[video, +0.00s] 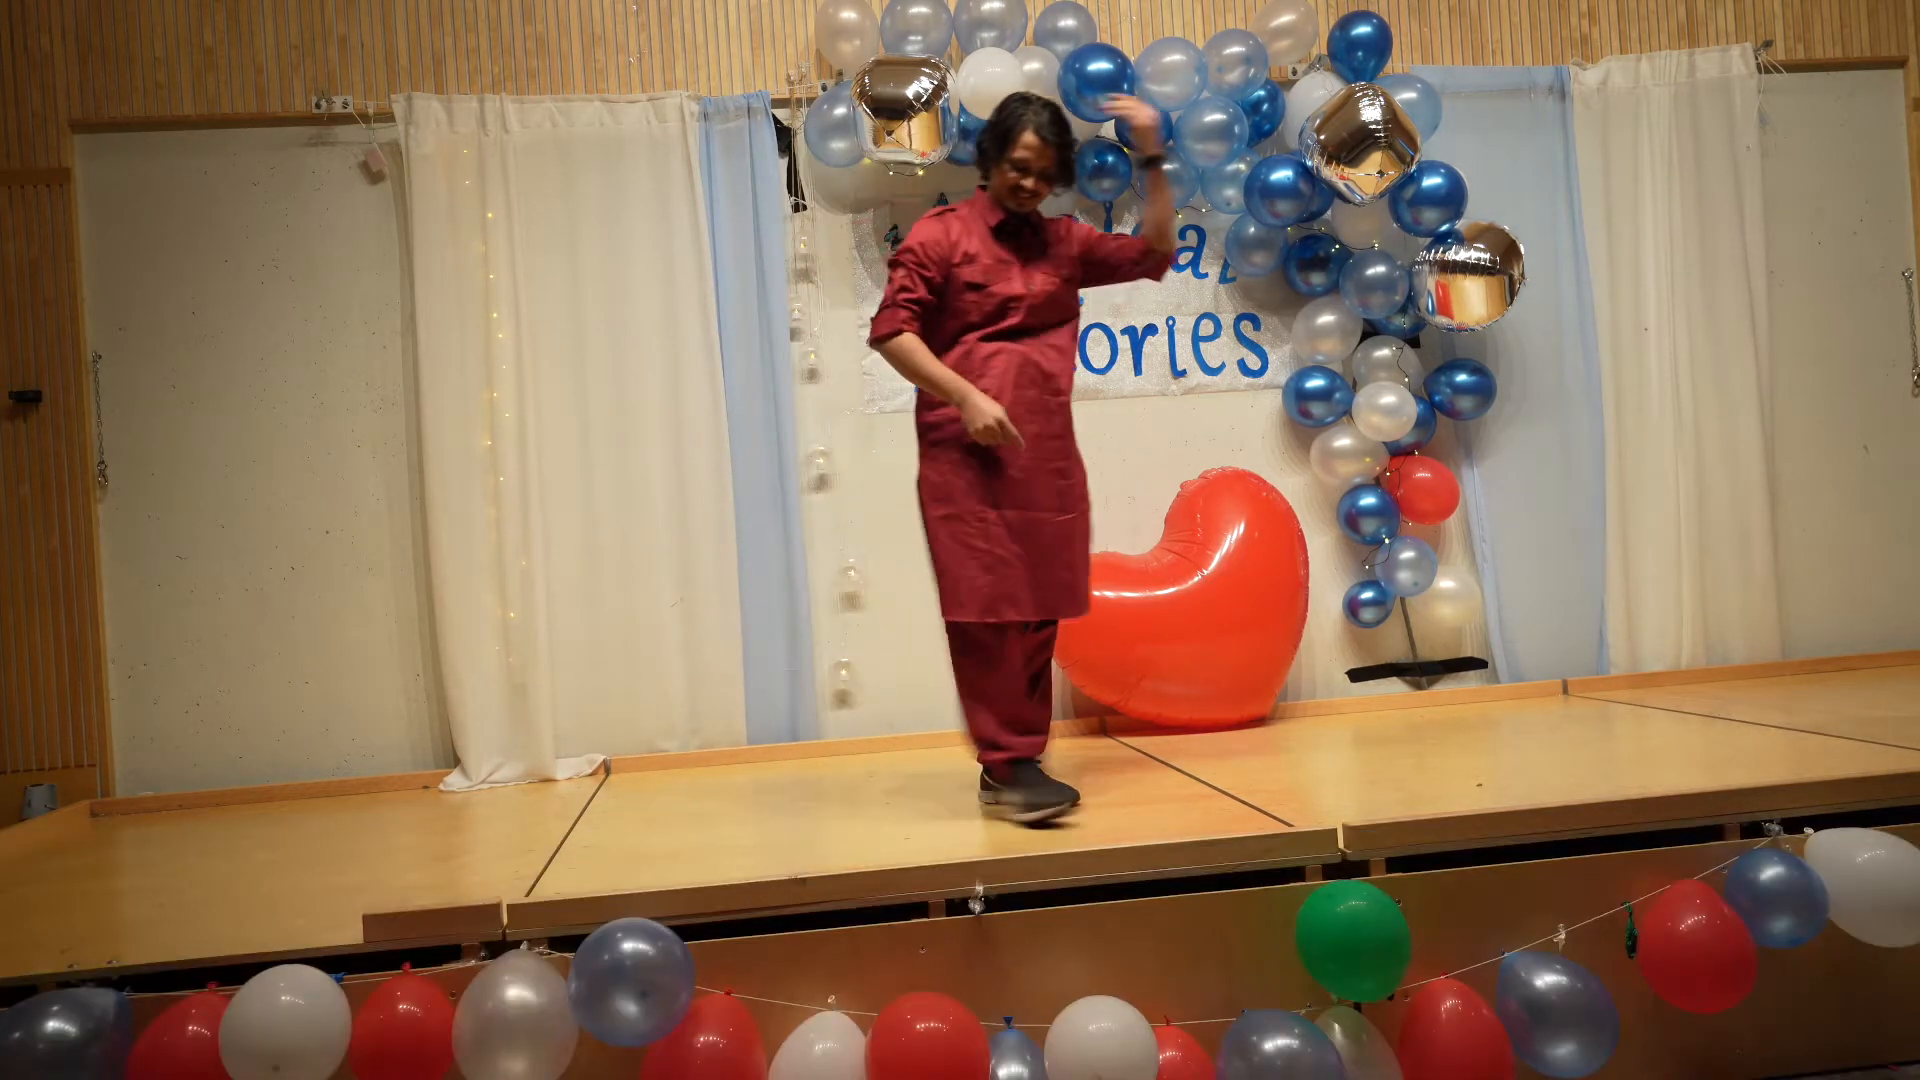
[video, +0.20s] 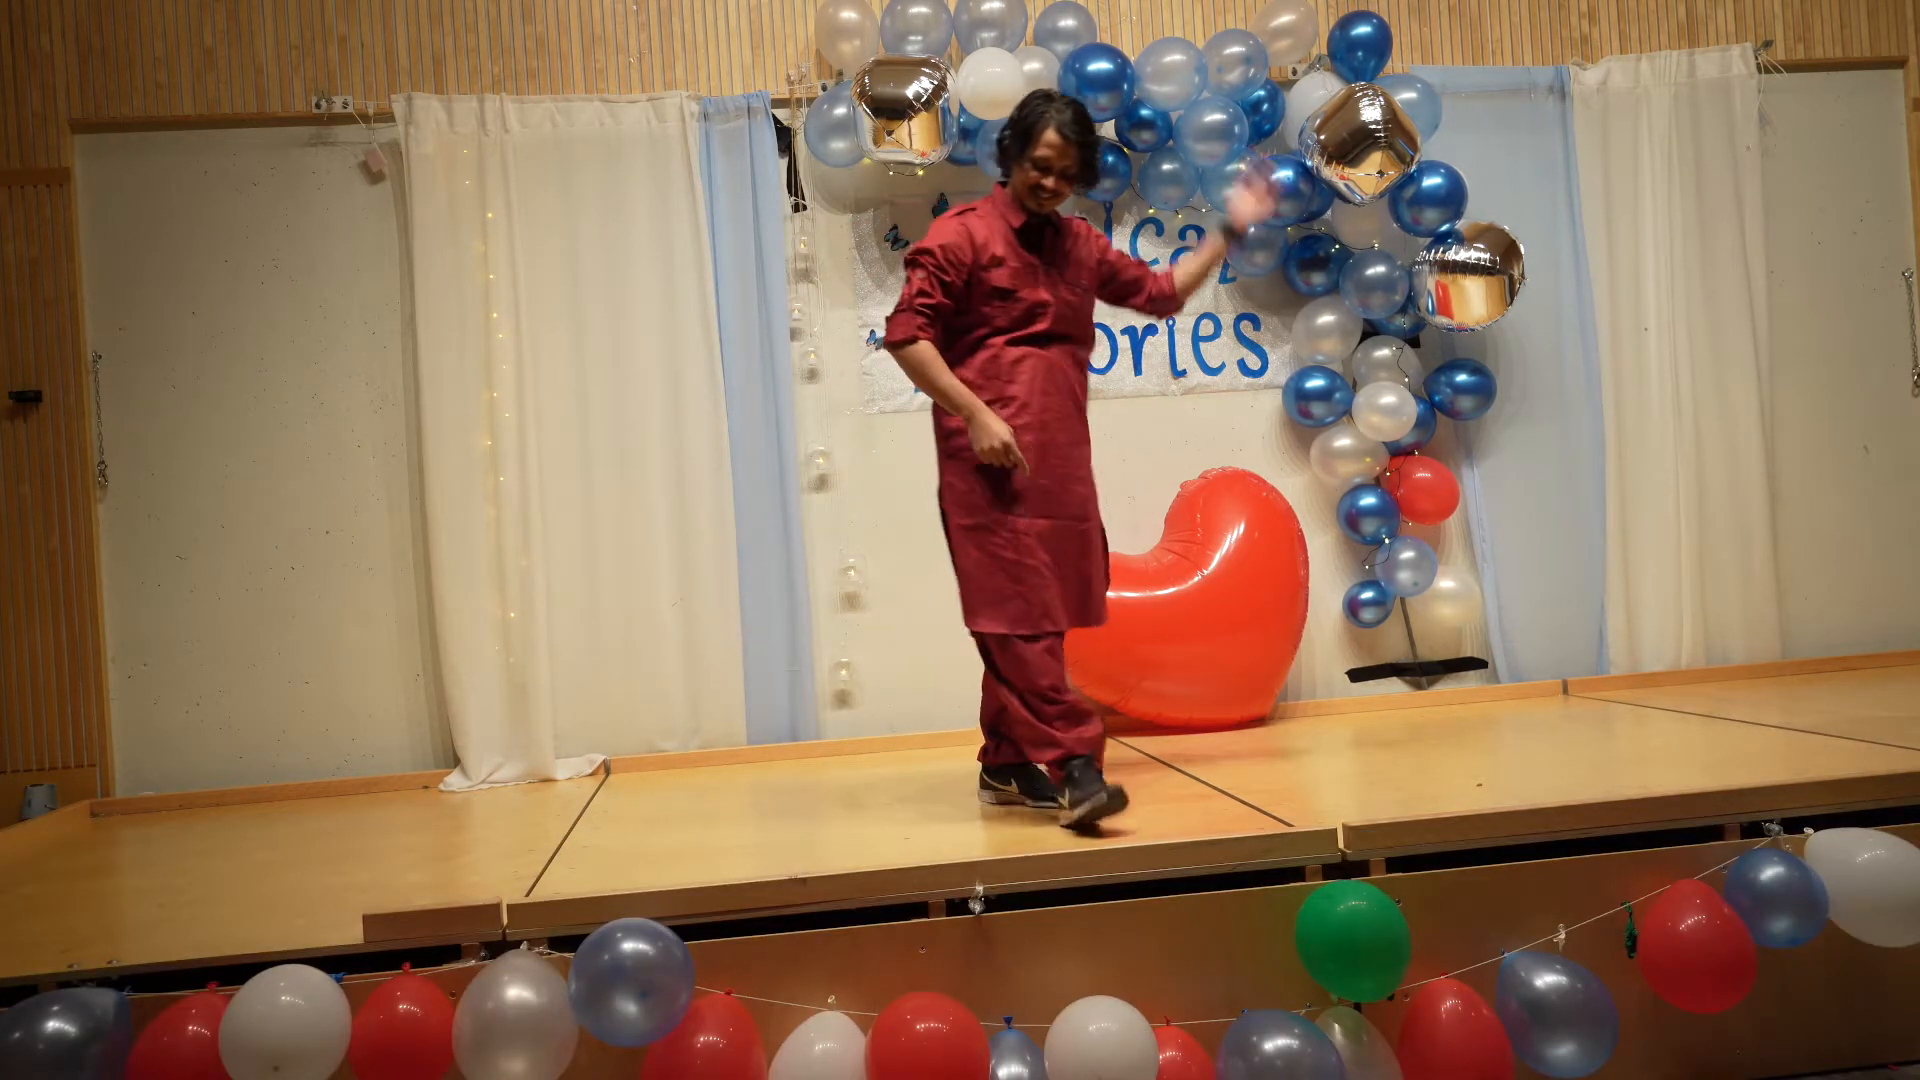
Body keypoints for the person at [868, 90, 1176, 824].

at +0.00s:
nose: (1029, 184)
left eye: (1044, 174)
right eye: (1018, 169)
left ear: (1059, 174)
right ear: (989, 159)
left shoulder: (1063, 239)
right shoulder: (940, 234)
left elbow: (1156, 254)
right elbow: (890, 330)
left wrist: (1153, 158)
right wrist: (964, 396)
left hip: (1045, 449)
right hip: (966, 451)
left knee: (1036, 602)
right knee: (987, 604)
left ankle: (1022, 762)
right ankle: (1003, 769)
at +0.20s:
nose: (1050, 182)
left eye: (1066, 172)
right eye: (1038, 165)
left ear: (1080, 174)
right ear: (1010, 157)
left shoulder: (1078, 242)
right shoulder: (964, 231)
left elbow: (1162, 292)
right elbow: (905, 333)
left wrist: (1229, 230)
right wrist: (974, 413)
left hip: (1059, 454)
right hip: (987, 455)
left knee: (1041, 601)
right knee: (1017, 604)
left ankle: (1006, 760)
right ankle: (1074, 764)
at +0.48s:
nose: (1075, 149)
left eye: (1091, 137)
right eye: (1061, 132)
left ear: (1107, 144)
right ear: (1030, 131)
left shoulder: (1109, 229)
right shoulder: (984, 217)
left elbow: (1142, 332)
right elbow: (935, 327)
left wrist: (1230, 369)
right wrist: (1010, 409)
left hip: (1087, 437)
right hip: (1009, 441)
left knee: (1079, 590)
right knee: (1034, 600)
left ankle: (1019, 736)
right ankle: (1076, 771)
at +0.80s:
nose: (1082, 101)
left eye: (1096, 90)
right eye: (1066, 89)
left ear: (1115, 109)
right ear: (1038, 105)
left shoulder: (1141, 212)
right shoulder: (997, 200)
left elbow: (1166, 309)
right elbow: (954, 307)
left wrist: (1184, 361)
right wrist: (1035, 376)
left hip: (1125, 433)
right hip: (1030, 436)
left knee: (1147, 591)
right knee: (1047, 603)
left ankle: (1120, 748)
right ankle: (1083, 776)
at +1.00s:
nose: (1097, 84)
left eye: (1110, 74)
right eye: (1081, 74)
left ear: (1131, 99)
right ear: (1052, 100)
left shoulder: (1165, 200)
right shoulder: (1019, 190)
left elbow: (1224, 293)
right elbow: (975, 277)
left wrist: (1222, 278)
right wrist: (1067, 301)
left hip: (1150, 435)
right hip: (1050, 441)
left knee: (1187, 601)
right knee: (1057, 613)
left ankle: (1228, 775)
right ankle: (1086, 782)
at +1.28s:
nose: (1141, 68)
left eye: (1154, 59)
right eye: (1123, 59)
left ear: (1175, 86)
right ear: (1093, 89)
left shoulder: (1215, 183)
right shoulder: (1069, 179)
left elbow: (1319, 229)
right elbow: (1013, 245)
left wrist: (1262, 176)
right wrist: (1108, 196)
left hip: (1210, 419)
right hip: (1107, 423)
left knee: (1230, 596)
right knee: (1095, 600)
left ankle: (1239, 780)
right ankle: (1092, 780)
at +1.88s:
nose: (1193, 71)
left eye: (1205, 61)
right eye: (1175, 61)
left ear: (1225, 78)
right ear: (1142, 83)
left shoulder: (1263, 164)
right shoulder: (1126, 168)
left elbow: (1353, 132)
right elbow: (1081, 158)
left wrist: (1294, 60)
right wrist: (1153, 70)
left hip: (1258, 415)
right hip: (1154, 418)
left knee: (1256, 609)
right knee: (1144, 611)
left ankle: (1242, 783)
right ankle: (1151, 790)